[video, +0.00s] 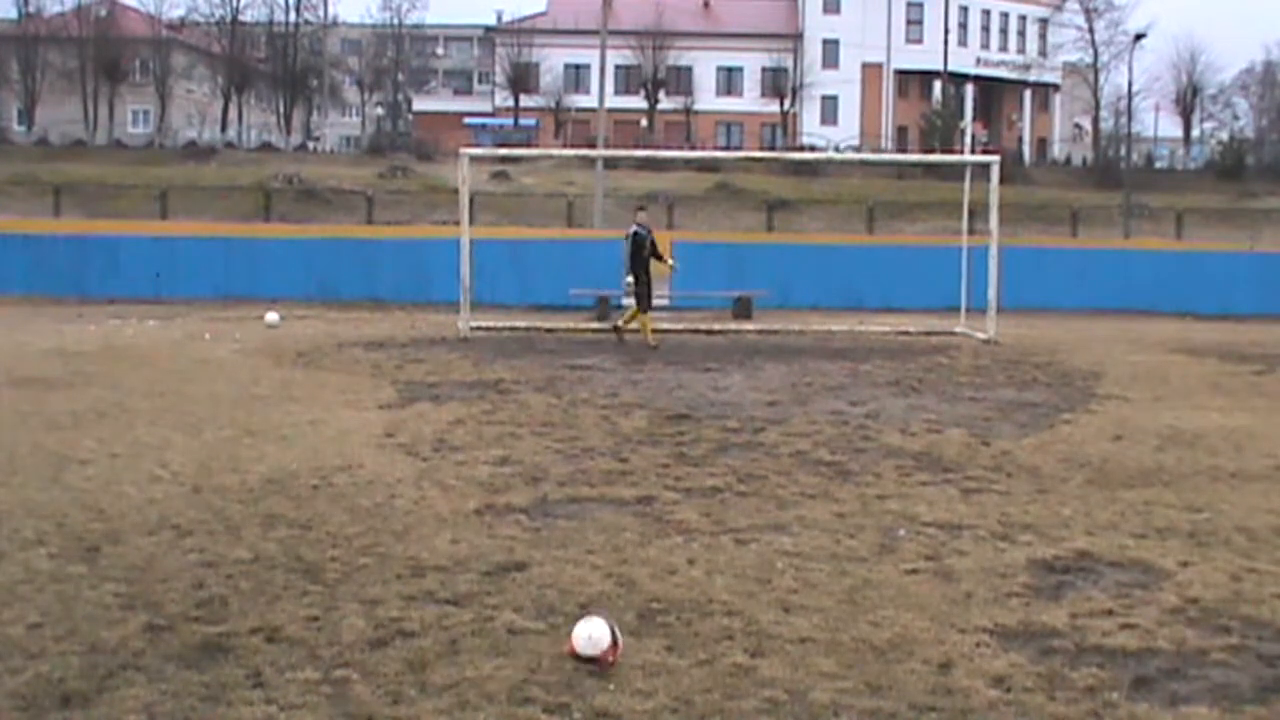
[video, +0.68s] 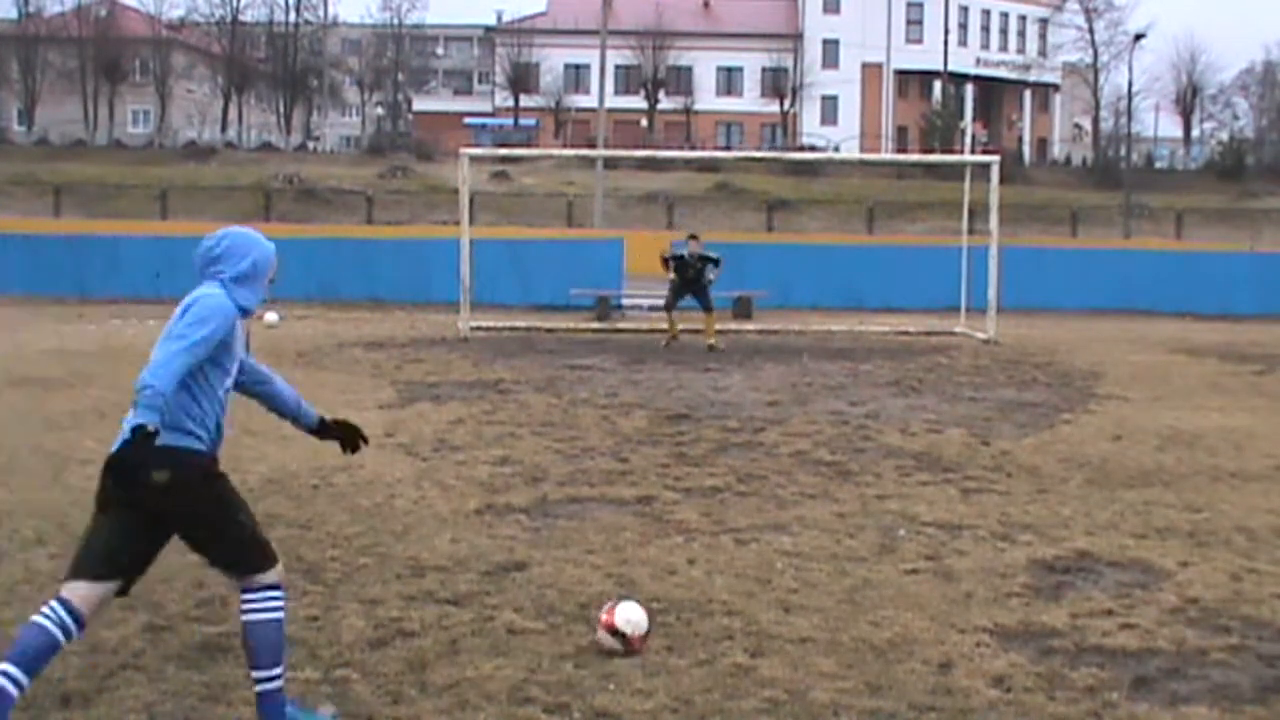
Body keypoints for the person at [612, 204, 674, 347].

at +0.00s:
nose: (642, 219)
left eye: (644, 215)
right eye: (639, 215)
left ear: (647, 217)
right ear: (635, 217)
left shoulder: (648, 234)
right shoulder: (632, 234)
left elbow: (654, 252)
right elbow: (629, 256)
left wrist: (665, 261)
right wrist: (629, 274)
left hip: (645, 271)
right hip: (637, 272)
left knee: (643, 305)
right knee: (642, 307)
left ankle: (621, 324)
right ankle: (649, 339)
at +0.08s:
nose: (648, 218)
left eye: (650, 215)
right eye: (646, 215)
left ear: (653, 216)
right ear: (641, 217)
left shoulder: (654, 233)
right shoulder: (637, 234)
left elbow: (658, 251)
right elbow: (632, 255)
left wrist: (669, 258)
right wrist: (632, 272)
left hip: (651, 270)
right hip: (641, 271)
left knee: (656, 300)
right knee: (646, 303)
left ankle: (638, 324)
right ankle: (648, 335)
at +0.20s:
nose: (658, 220)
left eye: (660, 217)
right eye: (655, 217)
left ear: (663, 218)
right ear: (650, 219)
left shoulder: (664, 234)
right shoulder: (645, 235)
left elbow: (668, 251)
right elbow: (634, 255)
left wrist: (672, 262)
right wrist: (639, 270)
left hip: (661, 271)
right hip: (648, 273)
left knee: (671, 301)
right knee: (652, 307)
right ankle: (650, 335)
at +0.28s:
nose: (664, 223)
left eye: (666, 220)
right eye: (661, 220)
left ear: (669, 222)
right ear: (656, 222)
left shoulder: (671, 237)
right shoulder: (649, 237)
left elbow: (673, 254)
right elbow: (635, 255)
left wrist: (675, 264)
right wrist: (643, 269)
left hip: (666, 272)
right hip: (652, 273)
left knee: (678, 302)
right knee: (655, 306)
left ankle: (678, 334)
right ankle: (651, 336)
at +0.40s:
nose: (672, 232)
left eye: (675, 228)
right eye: (670, 228)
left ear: (678, 230)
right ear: (665, 229)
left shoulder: (682, 243)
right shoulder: (657, 244)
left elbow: (686, 256)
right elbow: (641, 252)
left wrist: (686, 266)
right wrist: (646, 268)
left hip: (674, 277)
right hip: (658, 278)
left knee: (686, 306)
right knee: (659, 311)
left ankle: (701, 334)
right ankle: (652, 338)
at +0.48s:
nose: (679, 237)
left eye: (681, 234)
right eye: (676, 233)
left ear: (685, 235)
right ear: (672, 234)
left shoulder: (688, 248)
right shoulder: (664, 248)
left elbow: (698, 253)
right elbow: (648, 252)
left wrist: (695, 267)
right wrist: (651, 268)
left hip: (682, 280)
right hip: (665, 281)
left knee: (694, 308)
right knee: (662, 312)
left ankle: (707, 338)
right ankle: (653, 338)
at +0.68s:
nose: (693, 248)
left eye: (695, 245)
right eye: (691, 245)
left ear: (699, 246)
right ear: (687, 246)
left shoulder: (704, 258)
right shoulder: (679, 257)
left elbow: (717, 262)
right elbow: (665, 259)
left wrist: (712, 276)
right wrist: (669, 273)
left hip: (698, 284)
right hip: (680, 284)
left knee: (709, 310)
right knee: (668, 307)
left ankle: (711, 339)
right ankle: (672, 333)